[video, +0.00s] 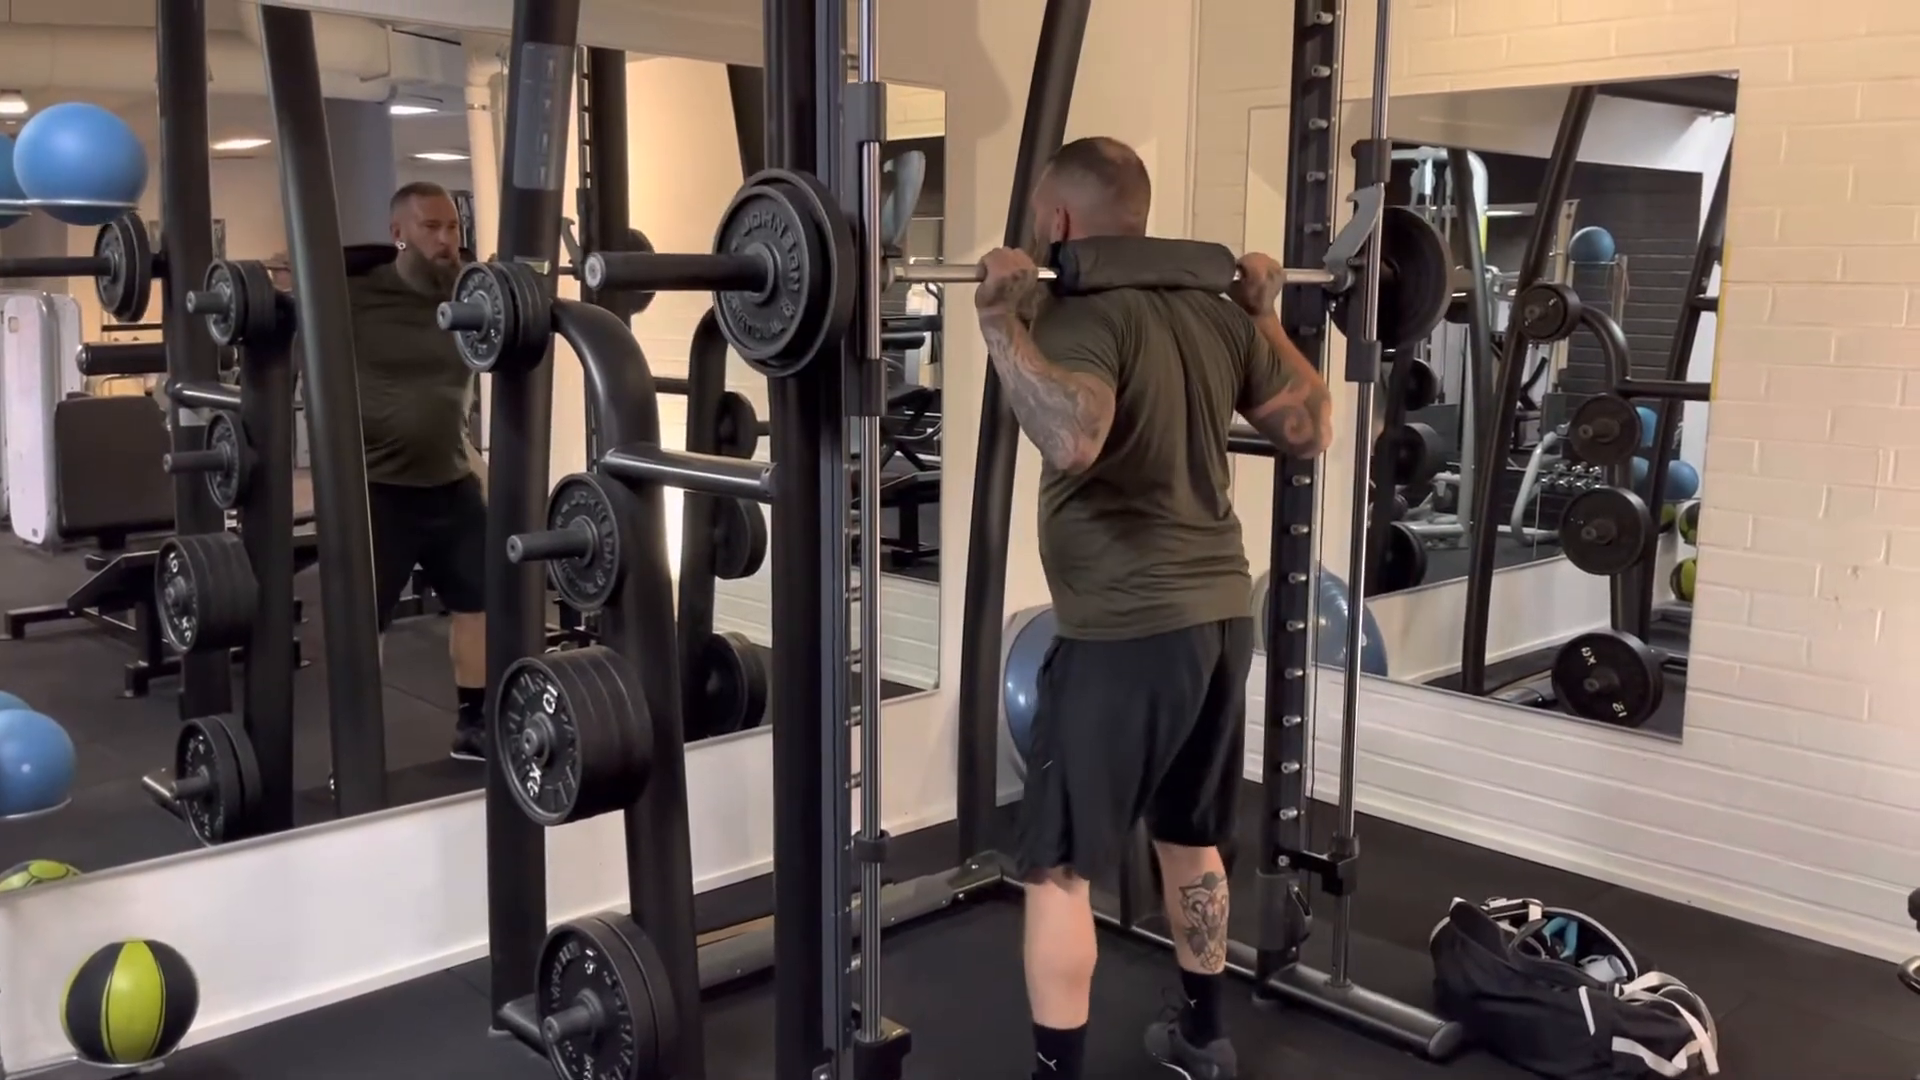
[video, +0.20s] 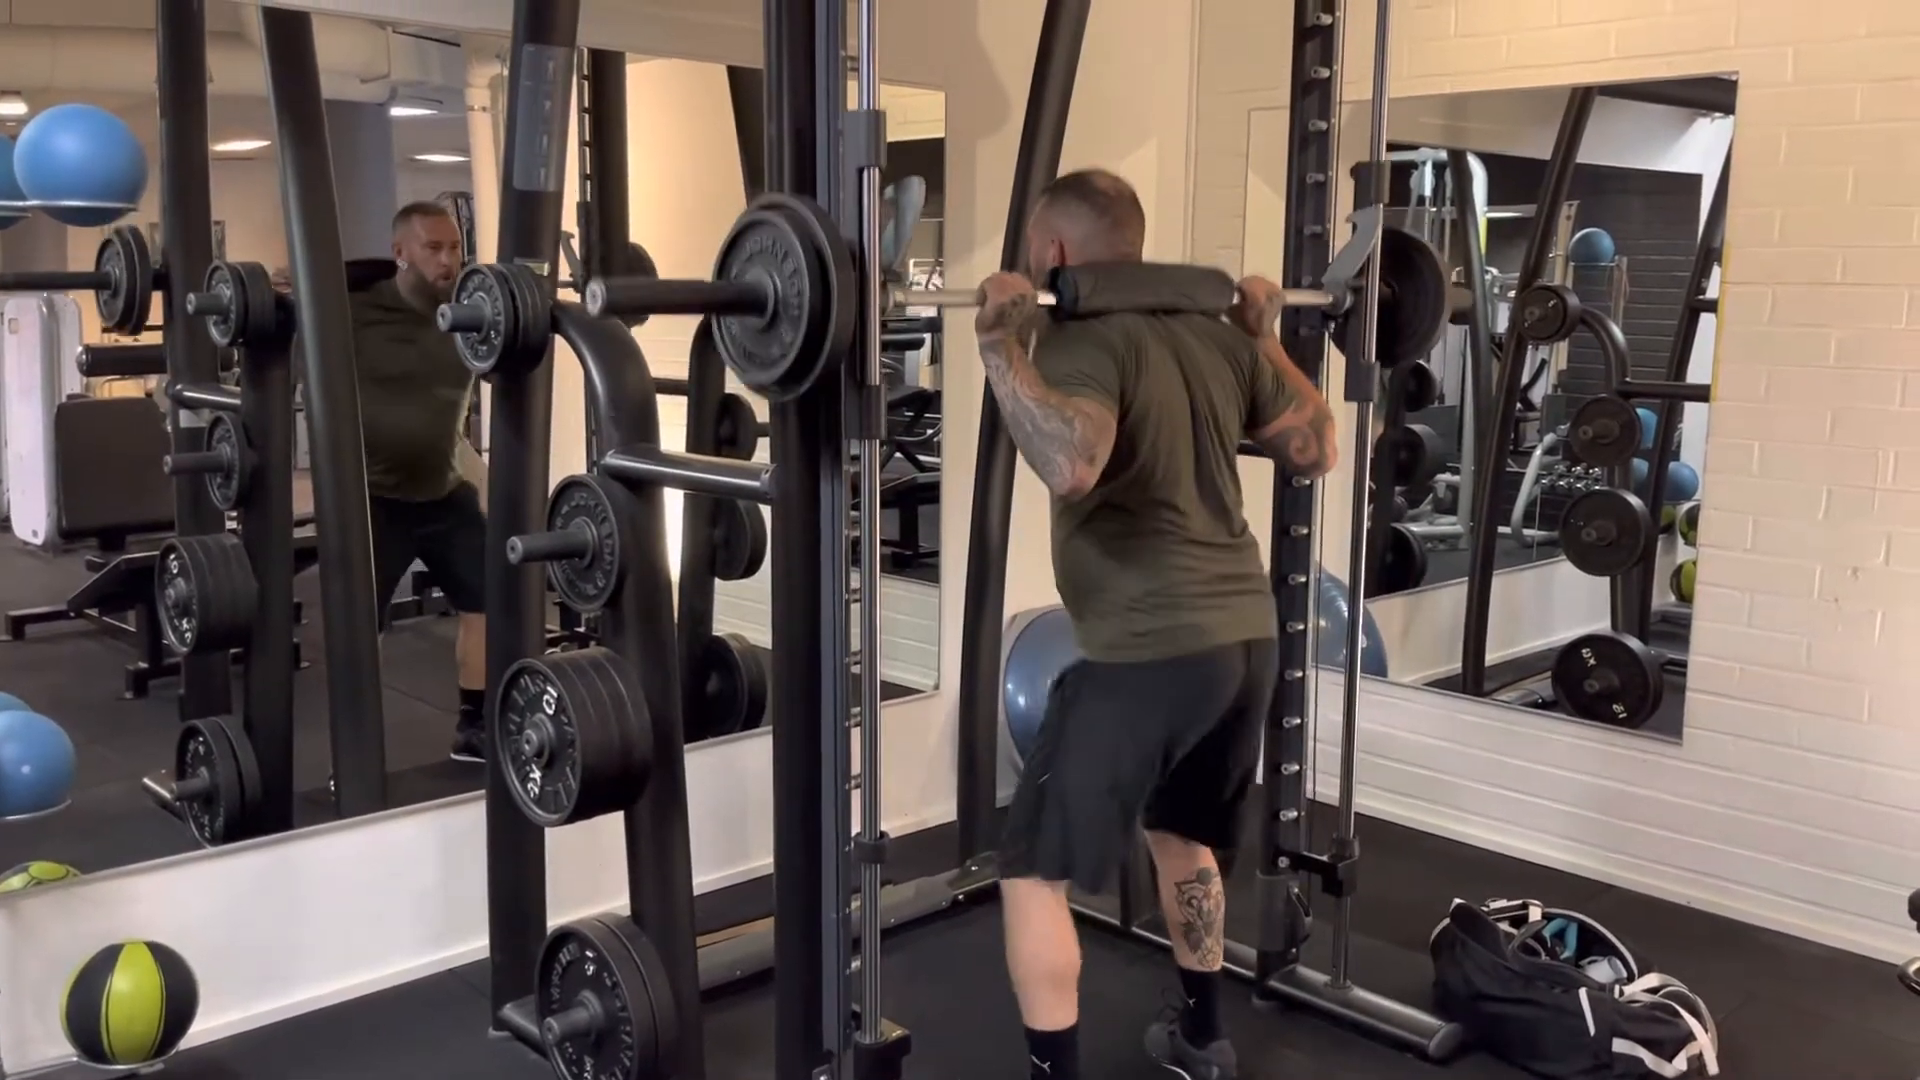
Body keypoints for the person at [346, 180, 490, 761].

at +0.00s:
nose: (449, 238)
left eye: (455, 227)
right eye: (434, 227)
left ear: (462, 232)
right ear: (399, 232)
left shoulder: (467, 297)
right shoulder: (354, 297)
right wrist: (274, 287)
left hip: (452, 484)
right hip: (376, 488)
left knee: (477, 597)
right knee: (359, 619)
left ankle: (475, 723)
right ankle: (352, 737)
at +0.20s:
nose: (449, 260)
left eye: (454, 248)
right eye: (435, 248)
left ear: (462, 251)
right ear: (401, 252)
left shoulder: (467, 313)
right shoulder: (356, 313)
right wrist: (264, 290)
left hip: (445, 495)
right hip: (372, 499)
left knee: (486, 593)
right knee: (353, 625)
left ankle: (476, 726)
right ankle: (350, 744)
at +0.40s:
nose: (448, 325)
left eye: (451, 312)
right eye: (435, 314)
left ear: (459, 313)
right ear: (404, 319)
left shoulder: (467, 375)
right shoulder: (362, 374)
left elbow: (457, 450)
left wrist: (492, 521)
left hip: (437, 528)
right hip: (370, 529)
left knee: (504, 596)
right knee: (354, 638)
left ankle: (477, 726)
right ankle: (353, 756)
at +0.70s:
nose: (455, 427)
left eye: (461, 413)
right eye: (441, 414)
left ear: (469, 414)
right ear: (406, 417)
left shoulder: (476, 465)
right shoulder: (358, 460)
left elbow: (518, 507)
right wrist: (287, 462)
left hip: (434, 596)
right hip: (359, 600)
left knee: (508, 615)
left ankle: (477, 729)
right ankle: (352, 759)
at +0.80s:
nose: (454, 451)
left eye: (462, 437)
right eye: (441, 438)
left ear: (470, 435)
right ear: (408, 439)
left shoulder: (477, 485)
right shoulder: (363, 485)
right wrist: (292, 492)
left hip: (435, 616)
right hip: (365, 620)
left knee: (509, 617)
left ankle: (477, 729)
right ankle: (352, 761)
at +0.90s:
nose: (456, 470)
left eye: (463, 456)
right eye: (442, 458)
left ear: (471, 454)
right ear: (410, 458)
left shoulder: (478, 504)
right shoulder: (363, 513)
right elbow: (283, 566)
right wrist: (289, 514)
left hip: (437, 628)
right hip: (370, 635)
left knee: (511, 619)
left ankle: (479, 728)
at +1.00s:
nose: (457, 484)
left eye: (464, 470)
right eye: (443, 472)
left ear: (472, 468)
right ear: (410, 472)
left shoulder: (478, 516)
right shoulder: (364, 526)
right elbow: (289, 569)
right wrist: (291, 527)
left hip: (441, 634)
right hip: (375, 644)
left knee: (513, 624)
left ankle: (478, 729)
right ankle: (354, 769)